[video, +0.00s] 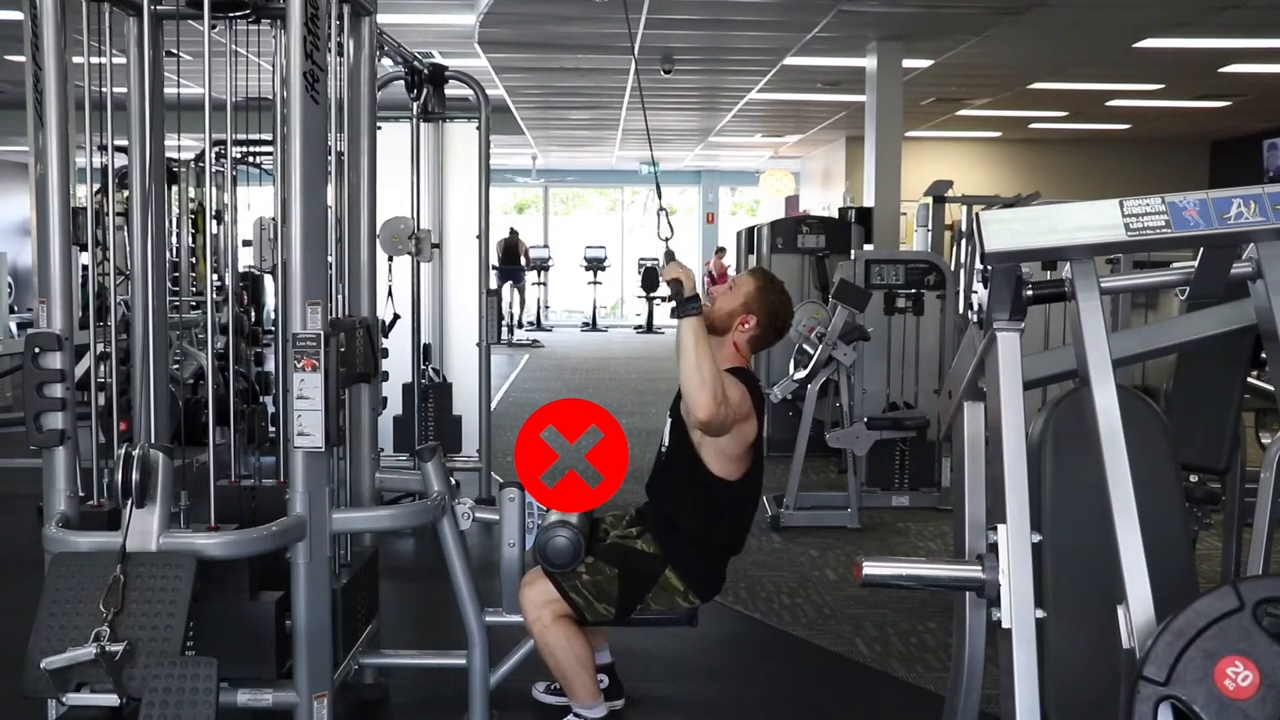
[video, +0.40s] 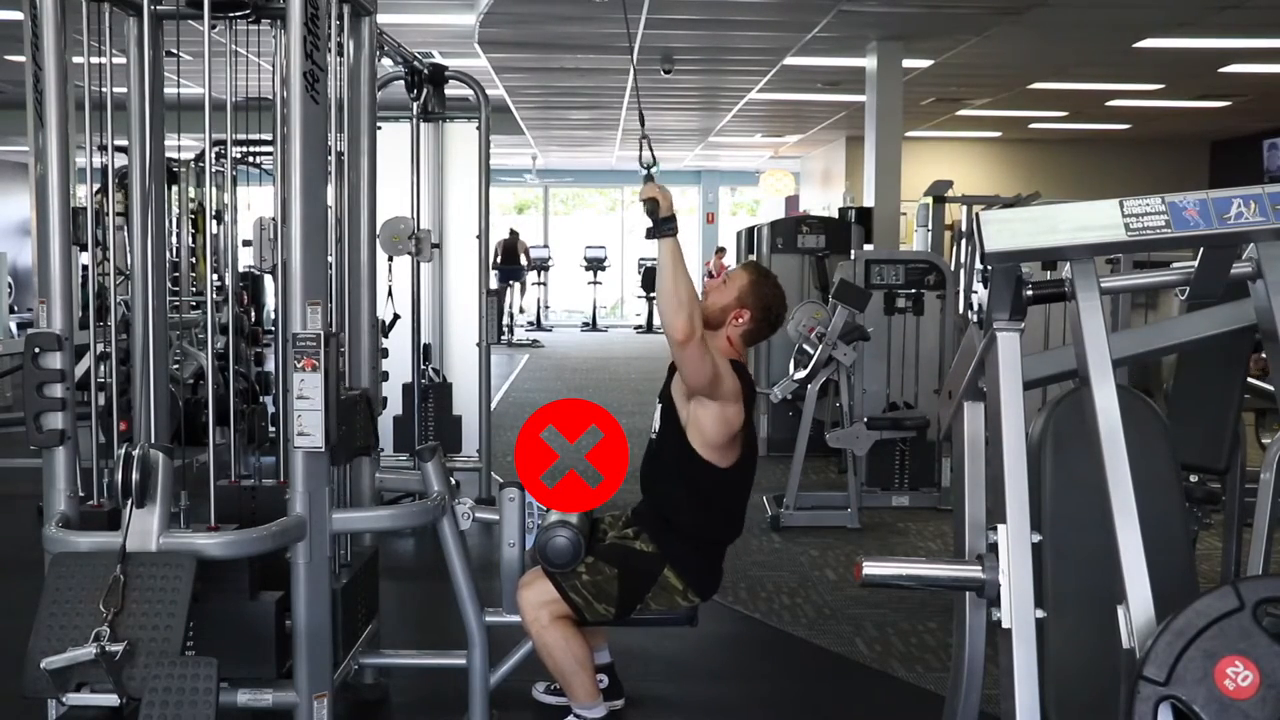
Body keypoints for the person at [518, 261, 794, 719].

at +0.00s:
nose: (717, 286)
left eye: (730, 287)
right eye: (726, 281)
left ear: (743, 324)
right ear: (744, 327)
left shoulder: (737, 389)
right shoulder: (721, 371)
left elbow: (706, 411)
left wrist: (688, 302)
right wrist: (714, 289)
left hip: (678, 562)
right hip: (658, 529)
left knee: (539, 594)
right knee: (555, 543)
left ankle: (589, 712)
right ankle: (596, 674)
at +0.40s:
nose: (711, 279)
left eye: (723, 279)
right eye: (721, 274)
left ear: (738, 316)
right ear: (738, 320)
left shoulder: (717, 379)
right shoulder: (711, 360)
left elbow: (683, 332)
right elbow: (688, 322)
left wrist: (665, 225)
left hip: (676, 563)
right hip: (654, 530)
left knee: (536, 596)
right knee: (552, 549)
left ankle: (589, 709)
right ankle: (595, 672)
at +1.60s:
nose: (781, 308)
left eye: (796, 308)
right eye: (793, 301)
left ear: (812, 343)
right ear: (811, 345)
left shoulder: (782, 407)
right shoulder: (766, 378)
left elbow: (739, 398)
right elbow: (730, 366)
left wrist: (718, 288)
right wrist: (717, 290)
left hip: (671, 563)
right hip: (651, 529)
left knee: (533, 597)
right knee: (551, 544)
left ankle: (588, 711)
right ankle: (598, 674)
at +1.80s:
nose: (803, 326)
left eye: (818, 327)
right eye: (814, 320)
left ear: (835, 363)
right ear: (832, 364)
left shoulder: (807, 427)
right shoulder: (785, 394)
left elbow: (771, 480)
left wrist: (750, 375)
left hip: (676, 564)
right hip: (654, 526)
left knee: (534, 597)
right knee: (551, 544)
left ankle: (590, 713)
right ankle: (595, 672)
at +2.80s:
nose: (802, 324)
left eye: (818, 324)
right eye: (814, 317)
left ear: (831, 360)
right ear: (828, 360)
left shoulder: (799, 415)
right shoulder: (782, 384)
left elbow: (750, 398)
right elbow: (723, 361)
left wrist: (726, 293)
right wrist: (715, 292)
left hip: (676, 560)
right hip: (658, 527)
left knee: (535, 596)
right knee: (550, 548)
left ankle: (590, 711)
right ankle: (596, 673)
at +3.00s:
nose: (766, 301)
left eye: (782, 302)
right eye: (777, 296)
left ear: (796, 337)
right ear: (794, 339)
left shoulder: (760, 389)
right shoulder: (751, 373)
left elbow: (714, 330)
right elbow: (711, 321)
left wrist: (691, 228)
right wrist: (689, 235)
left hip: (669, 560)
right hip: (649, 528)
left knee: (532, 598)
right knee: (544, 559)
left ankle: (590, 711)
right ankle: (594, 670)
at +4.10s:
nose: (801, 324)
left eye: (816, 324)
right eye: (813, 318)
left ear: (831, 359)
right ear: (830, 361)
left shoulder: (797, 421)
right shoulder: (785, 385)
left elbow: (753, 396)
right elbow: (743, 366)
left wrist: (726, 290)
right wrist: (725, 290)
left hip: (672, 563)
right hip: (653, 527)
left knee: (533, 596)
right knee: (551, 546)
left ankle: (590, 711)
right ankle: (596, 672)